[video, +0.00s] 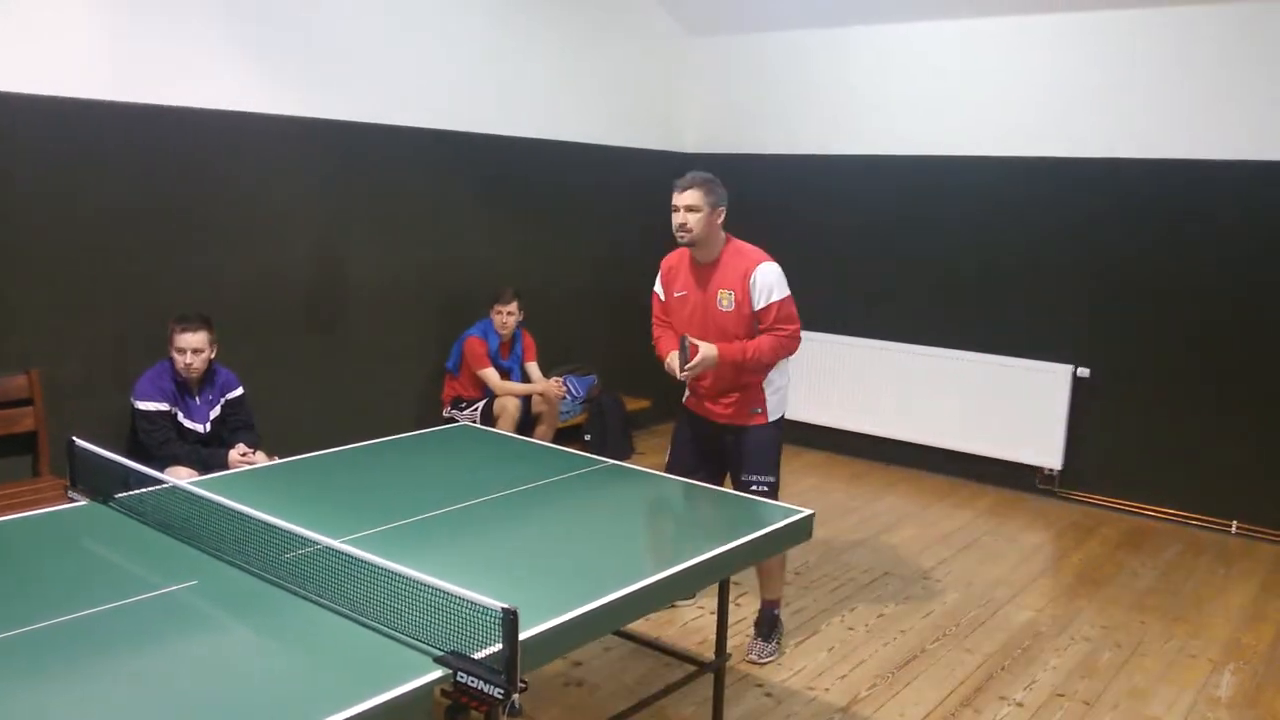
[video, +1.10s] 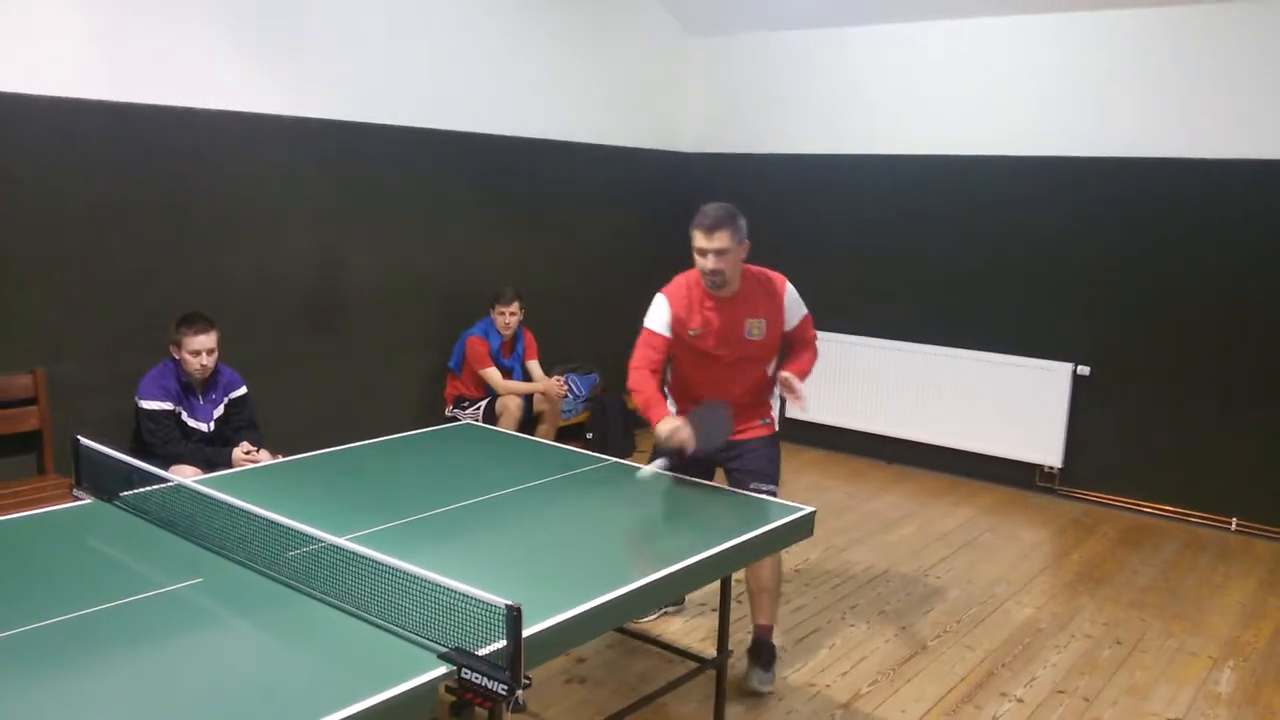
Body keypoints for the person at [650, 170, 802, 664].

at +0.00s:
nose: (678, 219)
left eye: (689, 211)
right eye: (675, 210)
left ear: (719, 215)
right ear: (673, 214)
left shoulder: (758, 268)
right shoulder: (671, 267)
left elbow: (787, 337)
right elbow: (662, 327)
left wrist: (722, 354)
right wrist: (673, 355)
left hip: (754, 416)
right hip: (697, 410)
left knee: (760, 515)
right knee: (677, 501)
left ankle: (769, 616)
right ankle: (676, 575)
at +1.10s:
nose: (711, 264)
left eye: (722, 253)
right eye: (702, 253)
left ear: (744, 249)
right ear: (692, 251)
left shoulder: (776, 291)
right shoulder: (675, 297)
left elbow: (803, 340)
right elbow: (641, 370)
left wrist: (791, 370)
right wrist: (662, 418)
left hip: (752, 428)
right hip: (689, 427)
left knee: (762, 528)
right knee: (657, 510)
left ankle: (762, 646)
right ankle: (668, 584)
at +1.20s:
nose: (726, 271)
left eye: (737, 260)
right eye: (717, 261)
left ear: (759, 257)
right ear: (707, 258)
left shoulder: (787, 298)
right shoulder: (689, 303)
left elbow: (813, 343)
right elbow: (657, 364)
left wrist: (808, 375)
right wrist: (651, 420)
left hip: (760, 435)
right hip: (694, 435)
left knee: (768, 535)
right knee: (667, 513)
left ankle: (764, 653)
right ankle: (669, 581)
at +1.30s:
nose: (732, 268)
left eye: (744, 258)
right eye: (724, 257)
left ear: (768, 257)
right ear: (715, 255)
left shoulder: (796, 301)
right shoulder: (695, 300)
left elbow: (816, 350)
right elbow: (641, 354)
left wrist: (813, 381)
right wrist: (660, 394)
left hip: (763, 440)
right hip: (698, 439)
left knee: (769, 539)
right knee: (673, 524)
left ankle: (763, 655)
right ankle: (660, 581)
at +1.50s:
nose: (720, 241)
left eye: (733, 231)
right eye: (713, 230)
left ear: (760, 234)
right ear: (706, 230)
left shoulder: (793, 292)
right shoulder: (682, 284)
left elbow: (811, 359)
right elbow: (648, 349)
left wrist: (771, 389)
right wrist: (670, 394)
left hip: (757, 438)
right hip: (690, 434)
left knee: (764, 539)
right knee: (666, 523)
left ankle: (762, 654)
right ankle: (662, 590)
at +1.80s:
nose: (662, 233)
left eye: (673, 223)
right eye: (656, 224)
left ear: (703, 226)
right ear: (653, 227)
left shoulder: (744, 283)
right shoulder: (648, 280)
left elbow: (768, 357)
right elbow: (637, 344)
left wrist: (706, 388)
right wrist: (653, 386)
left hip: (736, 436)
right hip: (674, 433)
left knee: (750, 536)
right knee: (649, 511)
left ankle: (758, 649)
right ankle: (666, 590)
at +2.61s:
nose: (705, 214)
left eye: (716, 204)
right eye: (699, 203)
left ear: (744, 207)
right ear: (691, 205)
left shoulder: (779, 266)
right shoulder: (674, 266)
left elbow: (808, 339)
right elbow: (657, 331)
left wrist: (786, 405)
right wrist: (654, 381)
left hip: (756, 430)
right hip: (690, 423)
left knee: (769, 530)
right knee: (661, 512)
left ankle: (775, 625)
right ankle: (646, 593)